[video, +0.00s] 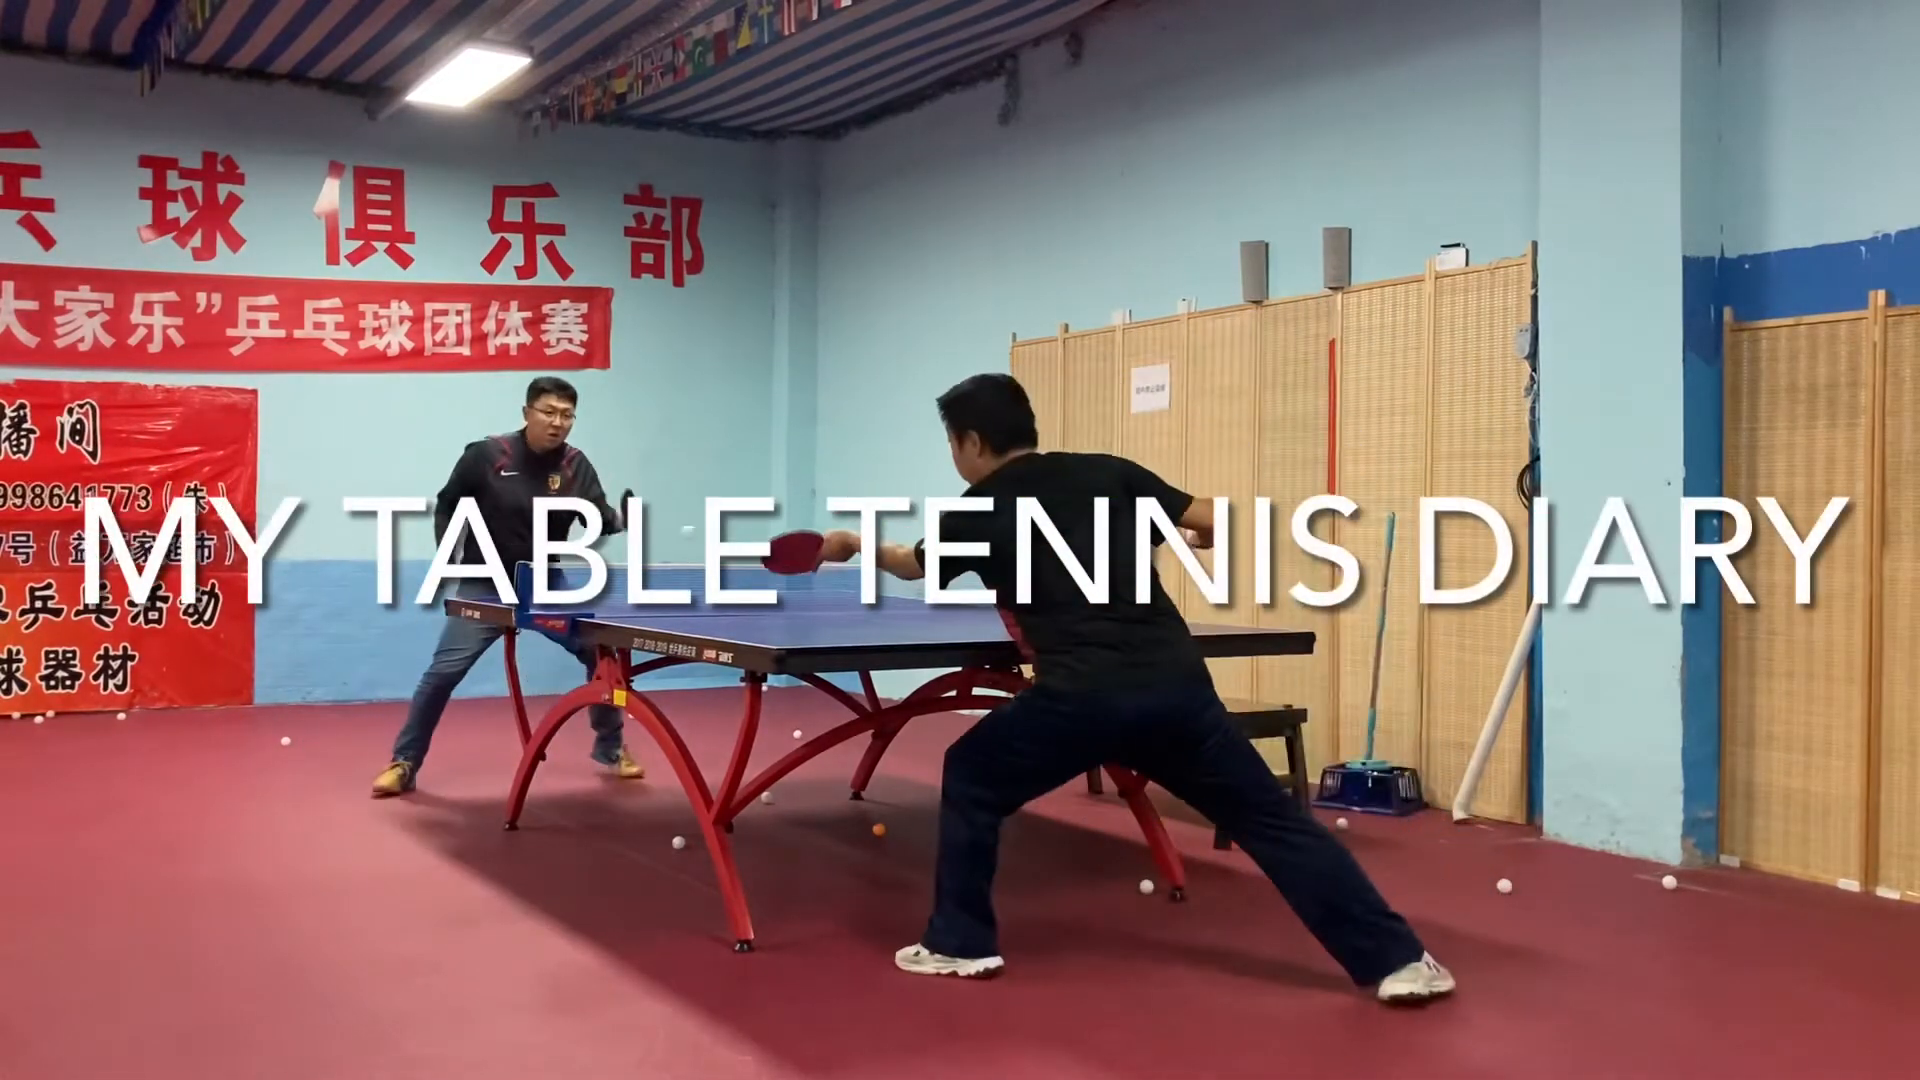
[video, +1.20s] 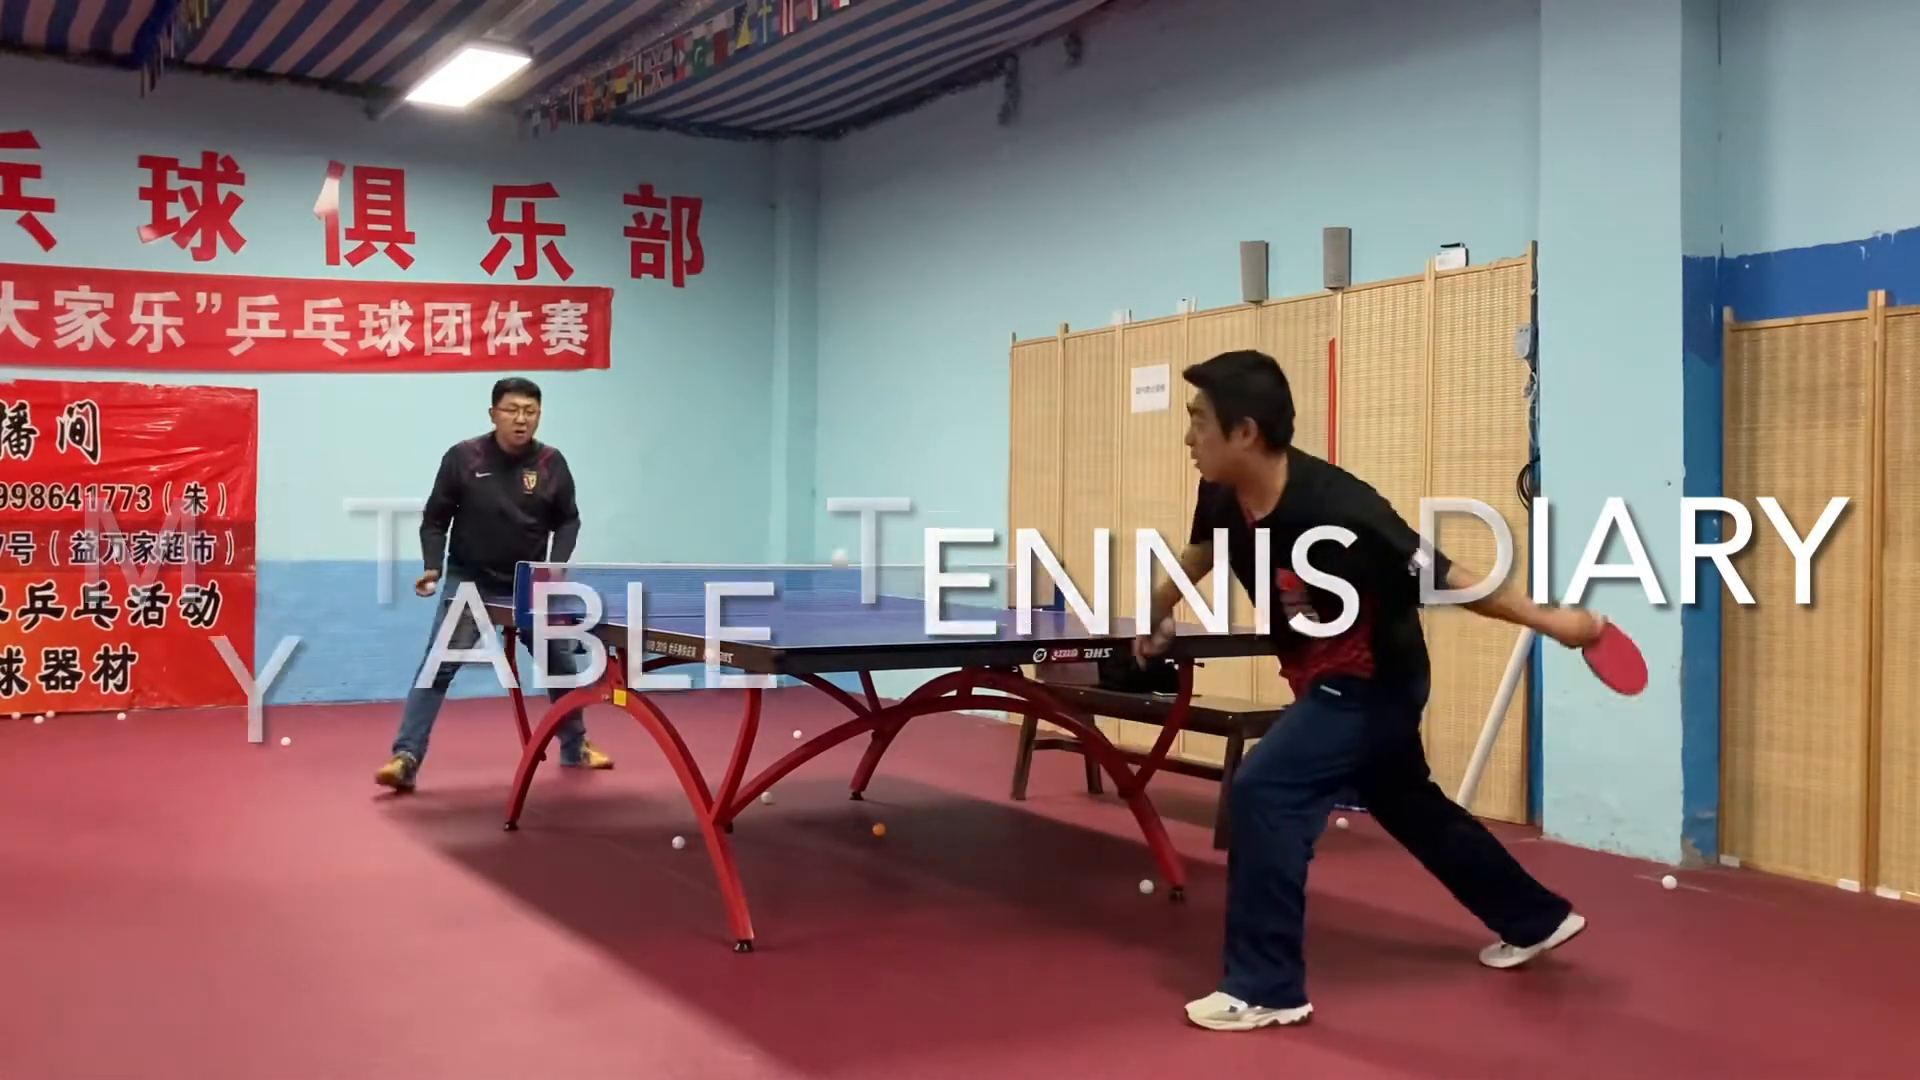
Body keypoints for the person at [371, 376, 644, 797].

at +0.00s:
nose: (558, 422)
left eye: (566, 415)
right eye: (548, 413)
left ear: (573, 419)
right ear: (527, 413)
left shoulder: (576, 465)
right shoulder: (485, 456)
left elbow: (598, 521)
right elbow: (446, 510)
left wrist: (620, 518)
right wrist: (460, 568)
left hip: (547, 587)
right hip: (484, 587)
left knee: (604, 650)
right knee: (443, 672)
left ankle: (610, 750)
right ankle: (404, 764)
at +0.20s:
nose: (580, 438)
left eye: (590, 431)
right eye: (572, 428)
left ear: (600, 435)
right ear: (555, 426)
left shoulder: (603, 483)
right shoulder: (517, 467)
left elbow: (618, 541)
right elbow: (477, 527)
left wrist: (615, 557)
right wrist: (500, 577)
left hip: (569, 596)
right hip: (507, 591)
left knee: (611, 660)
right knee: (467, 665)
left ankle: (613, 755)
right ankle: (420, 762)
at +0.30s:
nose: (565, 442)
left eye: (576, 434)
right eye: (558, 432)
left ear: (589, 437)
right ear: (543, 430)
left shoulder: (597, 479)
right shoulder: (509, 467)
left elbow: (608, 541)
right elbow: (473, 524)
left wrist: (562, 564)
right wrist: (501, 566)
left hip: (564, 598)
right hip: (504, 593)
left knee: (612, 659)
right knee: (462, 665)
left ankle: (612, 755)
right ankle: (414, 765)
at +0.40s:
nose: (538, 443)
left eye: (548, 435)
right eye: (530, 433)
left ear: (562, 436)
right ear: (516, 430)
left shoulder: (574, 474)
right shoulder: (488, 465)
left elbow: (573, 535)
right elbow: (457, 517)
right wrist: (466, 541)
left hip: (550, 595)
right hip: (491, 593)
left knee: (602, 666)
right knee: (451, 670)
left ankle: (611, 755)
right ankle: (413, 766)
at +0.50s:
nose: (504, 448)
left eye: (514, 439)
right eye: (495, 437)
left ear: (528, 438)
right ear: (481, 434)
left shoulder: (543, 473)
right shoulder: (459, 467)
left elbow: (529, 536)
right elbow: (436, 529)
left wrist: (472, 557)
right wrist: (419, 572)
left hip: (533, 590)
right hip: (474, 592)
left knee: (582, 665)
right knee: (441, 668)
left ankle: (610, 753)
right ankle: (412, 766)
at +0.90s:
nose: (465, 429)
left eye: (474, 420)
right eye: (455, 421)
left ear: (485, 422)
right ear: (438, 424)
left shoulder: (508, 461)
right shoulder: (419, 466)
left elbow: (528, 527)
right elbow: (396, 531)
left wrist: (497, 577)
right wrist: (383, 589)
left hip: (513, 582)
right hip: (455, 586)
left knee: (559, 660)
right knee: (430, 667)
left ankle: (579, 741)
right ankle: (408, 767)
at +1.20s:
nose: (520, 420)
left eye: (529, 412)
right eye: (511, 411)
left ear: (539, 417)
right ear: (494, 415)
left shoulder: (551, 463)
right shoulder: (462, 459)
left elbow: (568, 521)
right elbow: (434, 520)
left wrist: (553, 570)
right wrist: (432, 568)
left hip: (530, 580)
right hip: (470, 578)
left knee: (561, 657)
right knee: (439, 660)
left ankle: (575, 747)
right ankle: (406, 757)